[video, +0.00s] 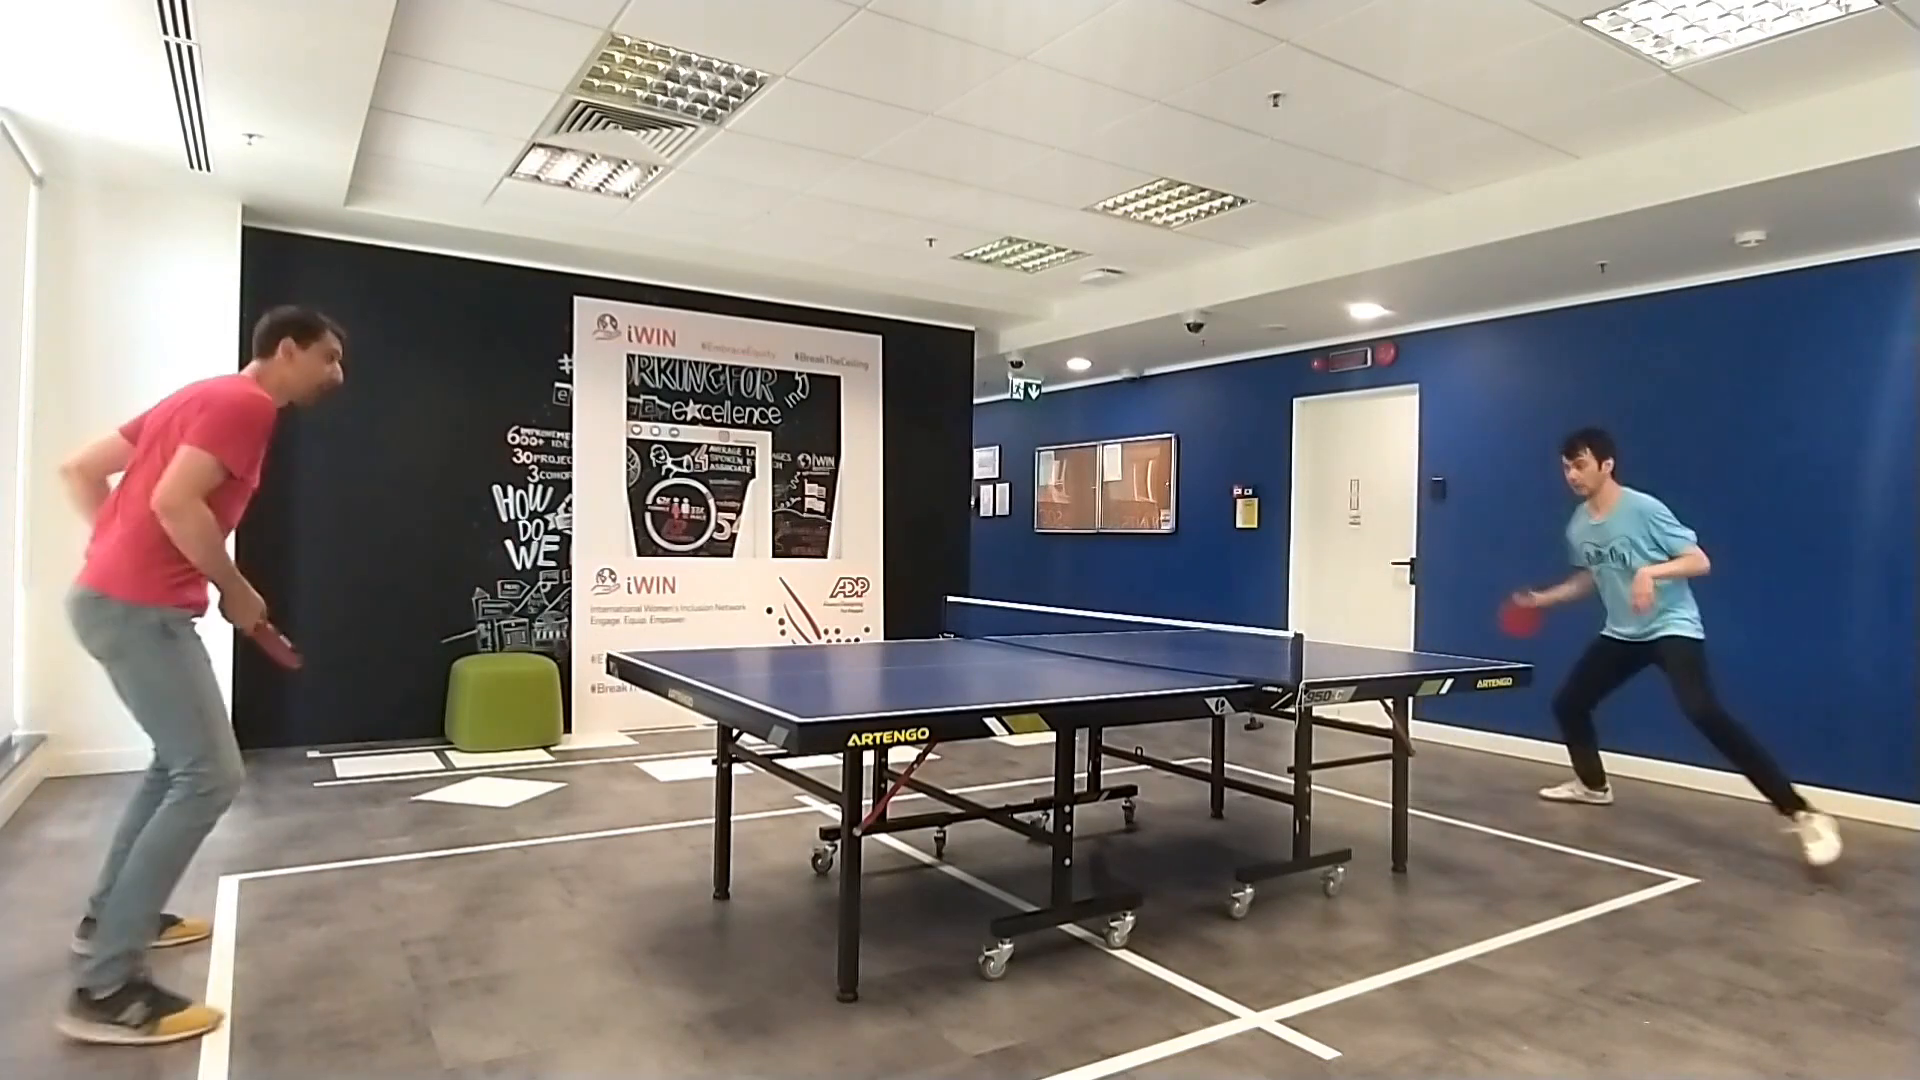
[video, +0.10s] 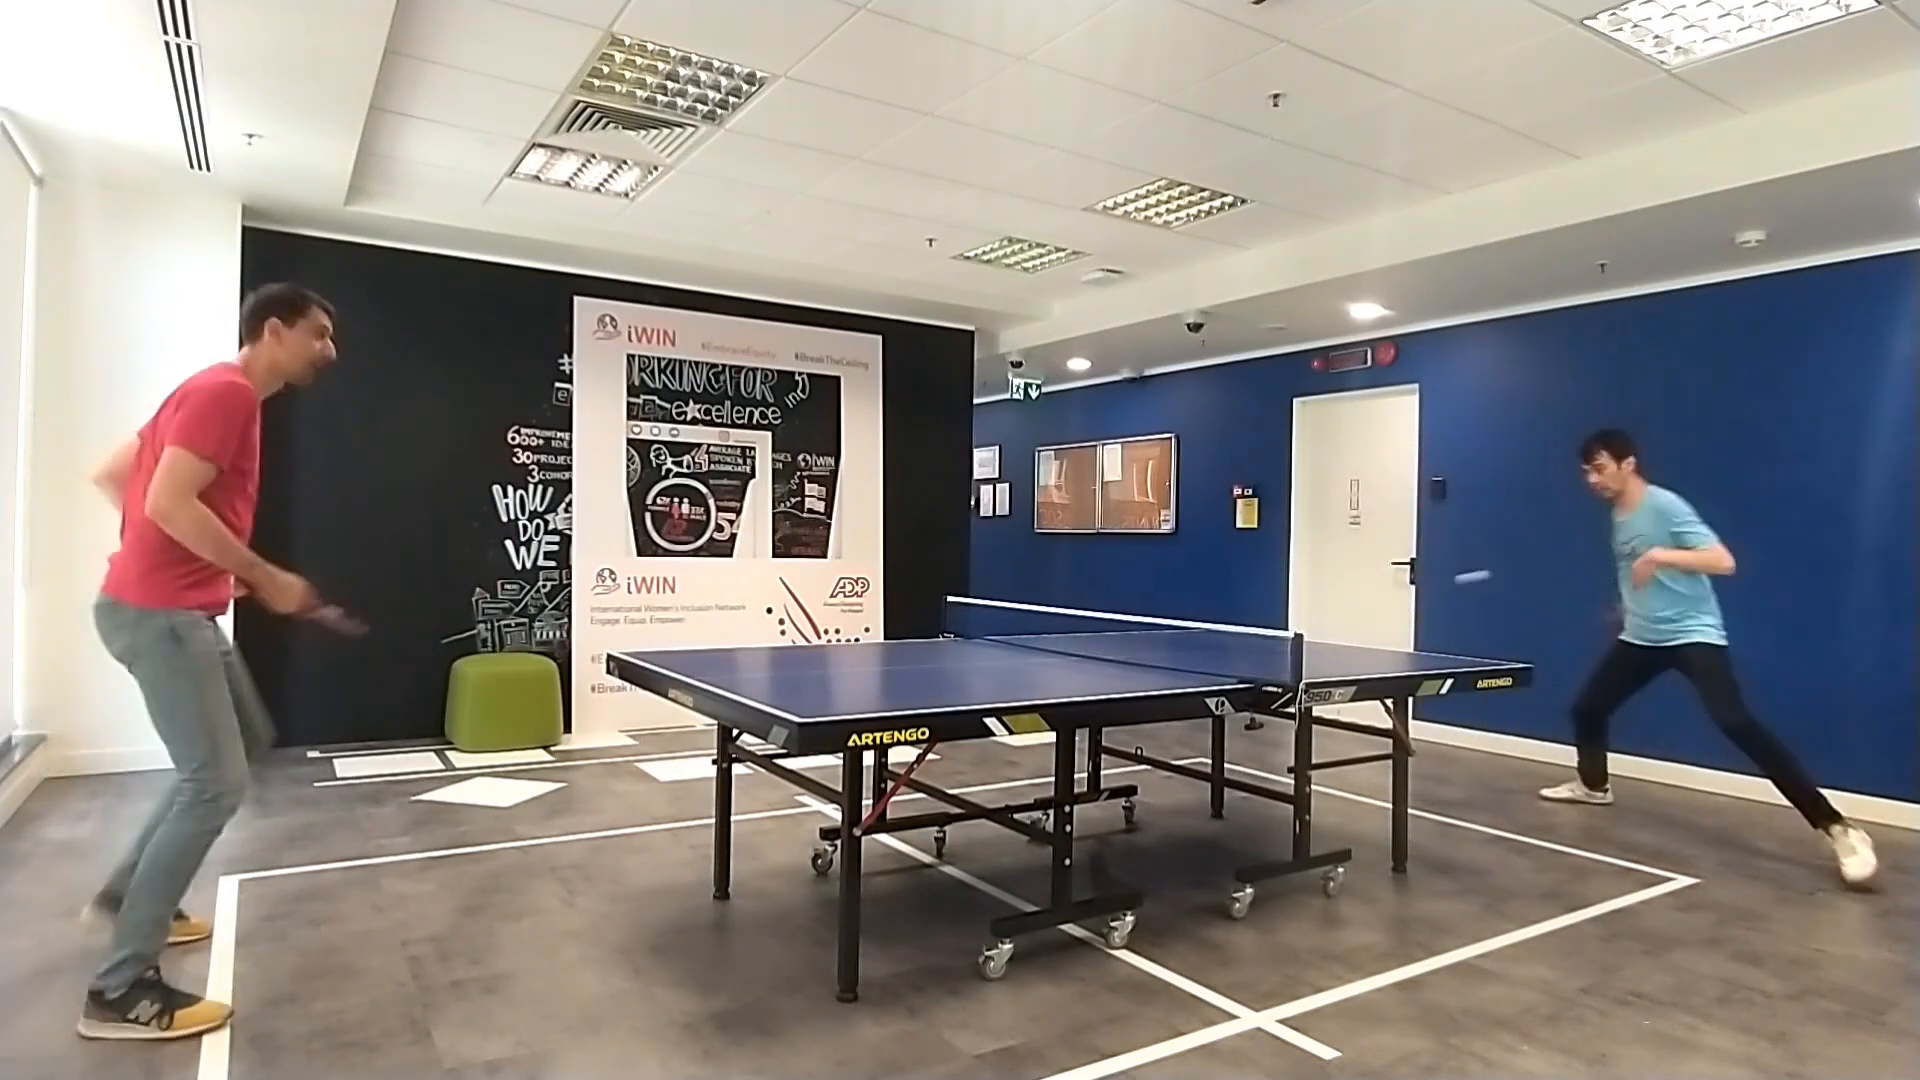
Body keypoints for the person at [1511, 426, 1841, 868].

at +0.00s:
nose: (1570, 474)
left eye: (1578, 464)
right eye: (1566, 466)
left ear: (1606, 465)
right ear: (1566, 471)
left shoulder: (1643, 508)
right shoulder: (1579, 524)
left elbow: (1698, 561)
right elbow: (1592, 576)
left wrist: (1650, 571)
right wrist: (1545, 599)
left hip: (1672, 628)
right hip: (1622, 634)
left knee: (1702, 712)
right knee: (1569, 704)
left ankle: (1802, 815)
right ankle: (1592, 786)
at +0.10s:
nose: (1591, 479)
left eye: (1598, 468)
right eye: (1587, 471)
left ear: (1628, 464)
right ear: (1598, 474)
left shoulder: (1666, 505)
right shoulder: (1618, 513)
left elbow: (1722, 560)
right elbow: (1646, 570)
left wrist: (1658, 558)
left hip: (1693, 637)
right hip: (1641, 638)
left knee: (1734, 722)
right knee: (1588, 709)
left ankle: (1837, 830)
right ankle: (1593, 785)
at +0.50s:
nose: (1765, 451)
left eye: (1775, 440)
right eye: (1764, 442)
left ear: (1811, 444)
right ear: (1766, 447)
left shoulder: (1843, 510)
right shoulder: (1763, 478)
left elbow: (1862, 590)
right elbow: (1719, 482)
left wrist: (1794, 576)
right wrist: (1716, 502)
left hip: (1800, 642)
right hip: (1742, 625)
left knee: (1801, 741)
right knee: (1700, 700)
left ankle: (1871, 854)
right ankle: (1719, 777)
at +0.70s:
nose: (1778, 446)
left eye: (1790, 438)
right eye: (1776, 438)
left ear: (1824, 445)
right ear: (1774, 444)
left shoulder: (1851, 510)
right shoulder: (1766, 476)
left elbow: (1874, 584)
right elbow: (1726, 497)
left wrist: (1811, 586)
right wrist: (1701, 530)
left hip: (1813, 634)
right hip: (1753, 616)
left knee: (1820, 727)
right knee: (1704, 687)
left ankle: (1875, 853)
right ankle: (1694, 764)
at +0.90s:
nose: (1737, 468)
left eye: (1747, 459)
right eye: (1732, 461)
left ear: (1779, 465)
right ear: (1730, 469)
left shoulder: (1812, 525)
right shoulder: (1733, 506)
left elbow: (1840, 598)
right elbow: (1724, 542)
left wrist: (1776, 620)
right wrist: (1681, 577)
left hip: (1800, 645)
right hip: (1741, 632)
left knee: (1812, 732)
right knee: (1683, 694)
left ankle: (1874, 852)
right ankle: (1645, 765)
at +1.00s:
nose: (1696, 479)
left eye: (1706, 469)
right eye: (1693, 472)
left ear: (1738, 475)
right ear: (1693, 480)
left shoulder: (1770, 531)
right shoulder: (1706, 521)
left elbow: (1790, 606)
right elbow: (1710, 569)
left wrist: (1722, 623)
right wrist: (1667, 601)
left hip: (1779, 651)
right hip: (1730, 646)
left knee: (1798, 736)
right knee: (1660, 704)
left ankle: (1873, 854)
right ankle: (1648, 783)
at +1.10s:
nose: (1653, 489)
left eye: (1662, 479)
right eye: (1650, 482)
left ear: (1692, 484)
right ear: (1651, 490)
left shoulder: (1720, 533)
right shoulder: (1679, 536)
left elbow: (1733, 607)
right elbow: (1692, 595)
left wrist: (1669, 621)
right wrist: (1654, 624)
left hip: (1756, 653)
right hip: (1711, 650)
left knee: (1777, 740)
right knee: (1637, 701)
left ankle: (1869, 855)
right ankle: (1647, 784)